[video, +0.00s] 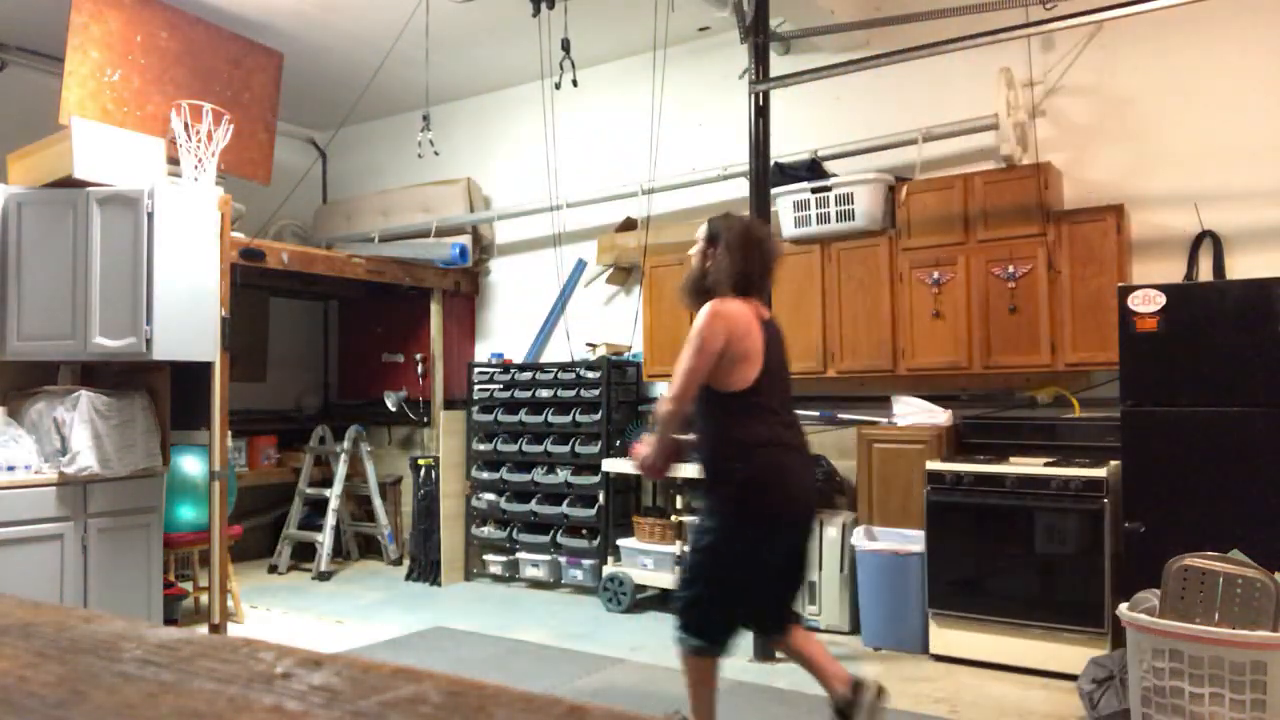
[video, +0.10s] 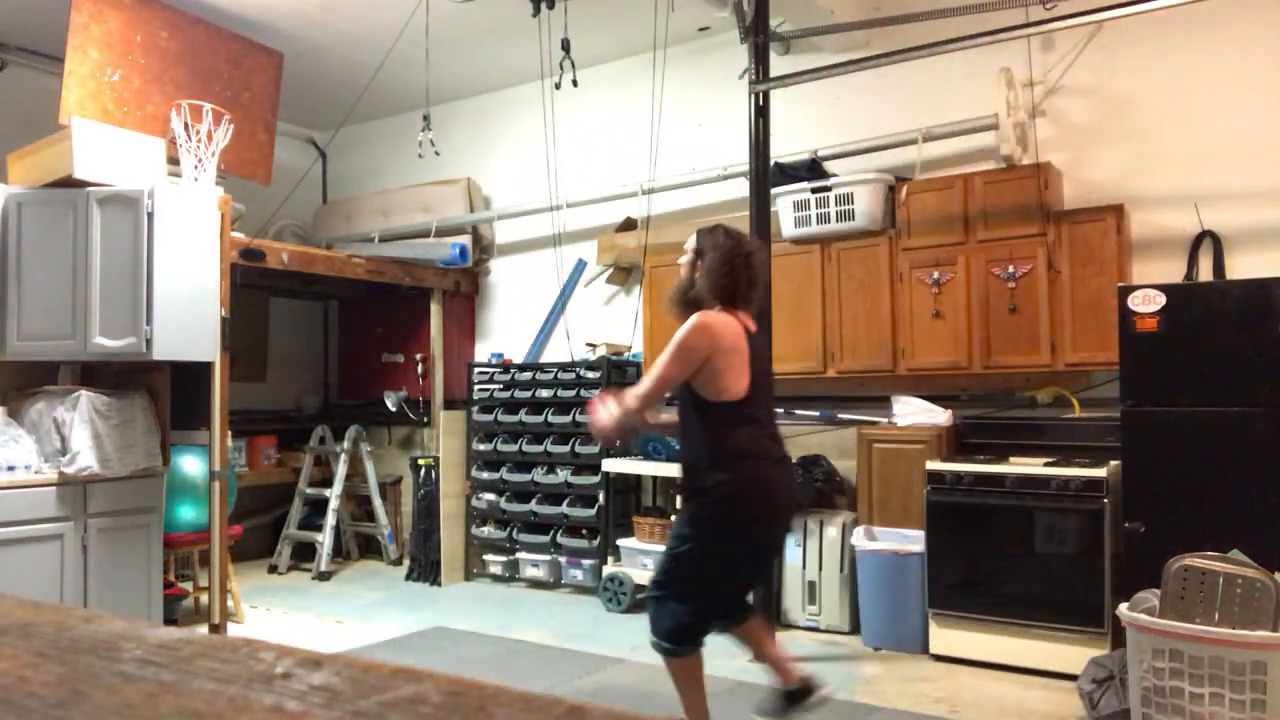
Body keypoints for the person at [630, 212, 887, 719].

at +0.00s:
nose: (692, 255)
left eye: (699, 247)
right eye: (695, 246)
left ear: (719, 255)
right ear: (750, 259)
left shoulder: (718, 314)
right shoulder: (762, 318)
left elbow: (675, 403)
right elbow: (741, 417)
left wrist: (658, 454)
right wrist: (677, 444)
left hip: (743, 489)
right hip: (789, 484)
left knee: (699, 615)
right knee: (769, 610)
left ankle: (702, 715)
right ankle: (846, 690)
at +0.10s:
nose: (680, 264)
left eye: (688, 256)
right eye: (683, 255)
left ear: (707, 266)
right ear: (732, 270)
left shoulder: (705, 325)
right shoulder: (747, 327)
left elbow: (640, 398)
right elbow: (714, 416)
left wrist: (612, 408)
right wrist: (641, 420)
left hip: (727, 494)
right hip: (768, 488)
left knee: (671, 608)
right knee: (722, 599)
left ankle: (697, 714)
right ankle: (793, 680)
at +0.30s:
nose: (672, 276)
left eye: (681, 270)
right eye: (677, 268)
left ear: (695, 287)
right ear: (721, 293)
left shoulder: (696, 343)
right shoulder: (712, 346)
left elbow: (608, 334)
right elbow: (631, 338)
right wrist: (631, 280)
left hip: (695, 508)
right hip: (716, 503)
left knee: (632, 607)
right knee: (685, 608)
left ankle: (691, 714)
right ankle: (744, 684)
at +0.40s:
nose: (668, 259)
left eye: (676, 251)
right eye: (669, 251)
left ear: (691, 264)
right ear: (715, 270)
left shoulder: (690, 321)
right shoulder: (691, 320)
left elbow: (612, 276)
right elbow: (626, 283)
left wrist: (635, 216)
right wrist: (648, 228)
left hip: (685, 488)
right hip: (699, 484)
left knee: (631, 600)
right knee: (687, 596)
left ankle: (689, 712)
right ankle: (742, 679)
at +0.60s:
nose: (661, 192)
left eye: (668, 185)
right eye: (666, 187)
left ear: (678, 200)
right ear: (704, 210)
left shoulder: (678, 253)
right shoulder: (687, 257)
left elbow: (607, 209)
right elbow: (623, 222)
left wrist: (627, 151)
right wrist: (638, 162)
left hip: (663, 430)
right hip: (677, 425)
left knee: (636, 553)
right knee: (663, 540)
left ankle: (656, 677)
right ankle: (679, 637)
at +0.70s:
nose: (652, 202)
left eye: (660, 198)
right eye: (658, 195)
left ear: (675, 213)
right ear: (699, 221)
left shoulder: (675, 263)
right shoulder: (677, 263)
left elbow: (612, 217)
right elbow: (619, 221)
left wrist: (611, 145)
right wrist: (611, 151)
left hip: (663, 434)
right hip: (660, 429)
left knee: (635, 558)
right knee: (633, 552)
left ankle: (636, 678)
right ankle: (633, 659)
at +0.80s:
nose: (643, 229)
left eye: (653, 226)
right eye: (650, 222)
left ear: (670, 246)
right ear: (682, 251)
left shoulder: (668, 293)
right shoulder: (670, 289)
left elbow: (610, 251)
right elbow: (621, 241)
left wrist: (607, 176)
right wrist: (612, 173)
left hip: (654, 465)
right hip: (649, 456)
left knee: (629, 581)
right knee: (615, 564)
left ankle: (645, 702)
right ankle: (587, 658)